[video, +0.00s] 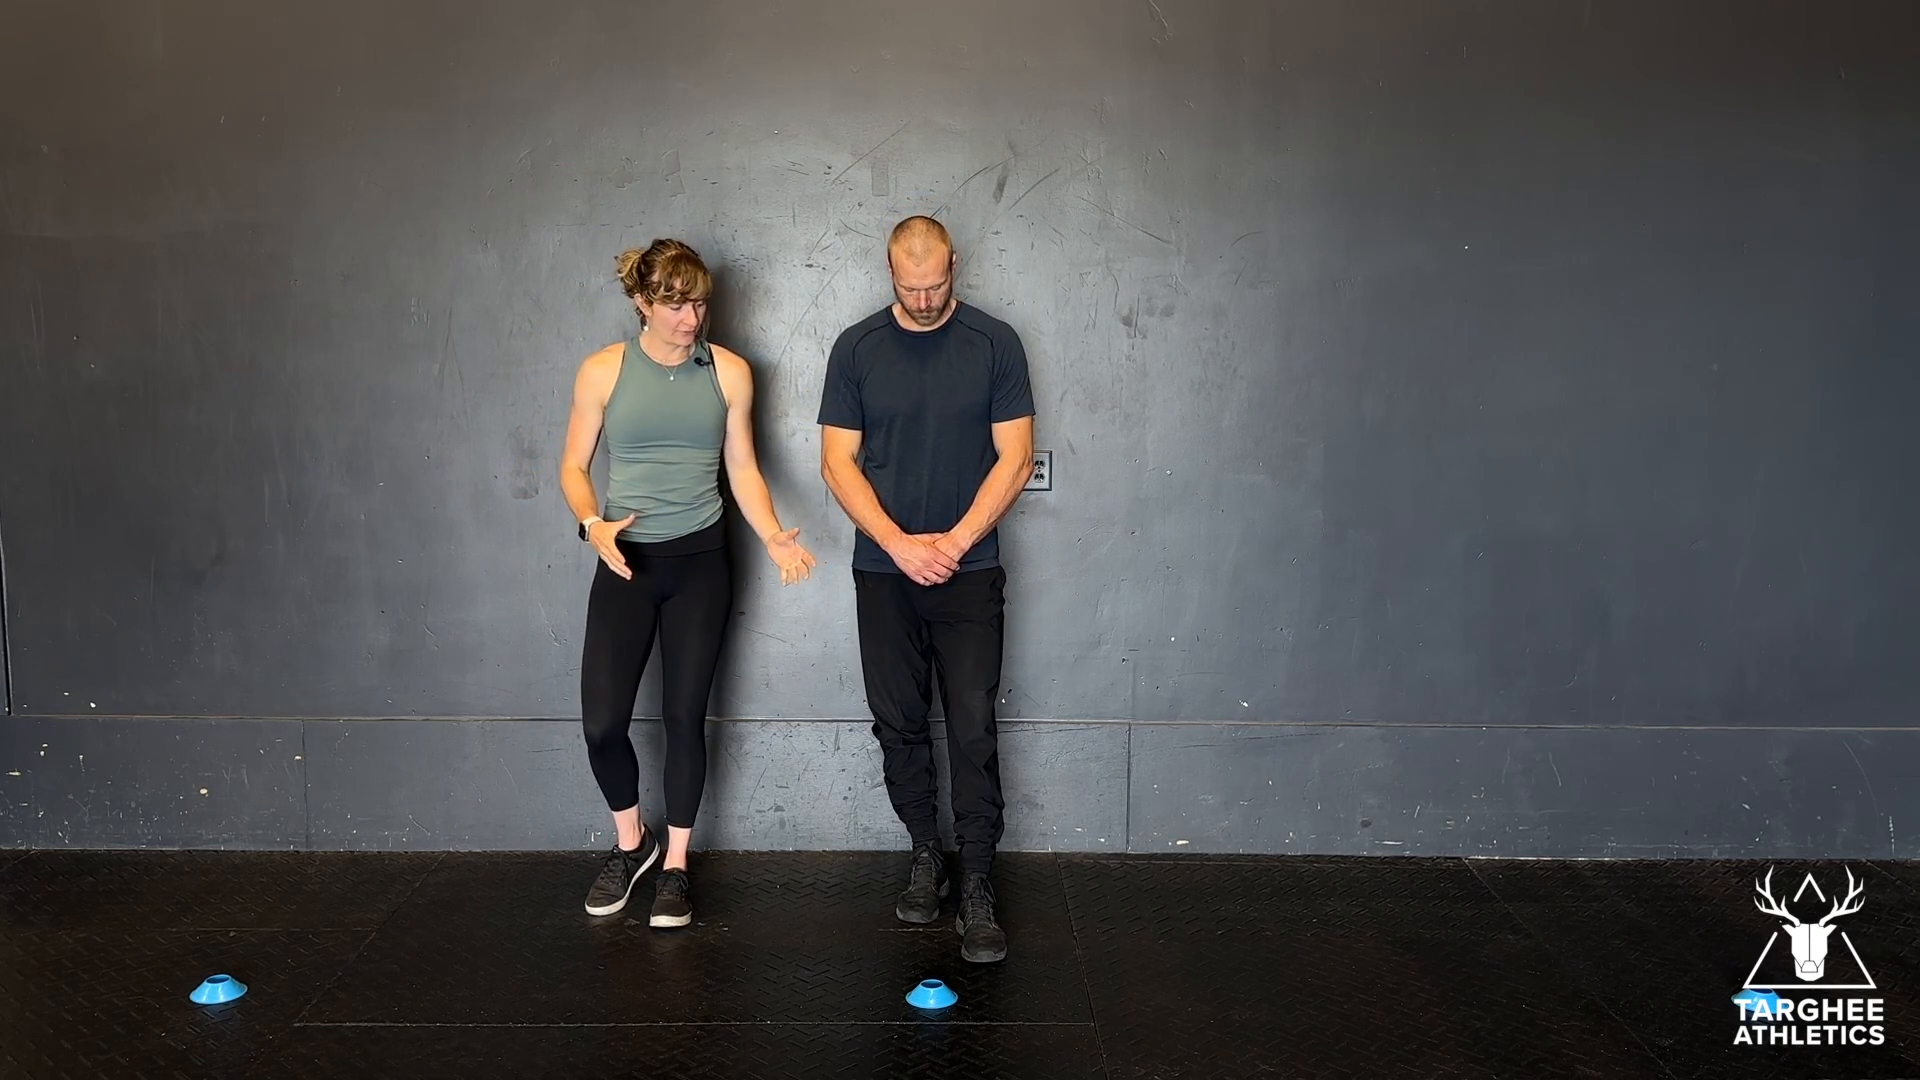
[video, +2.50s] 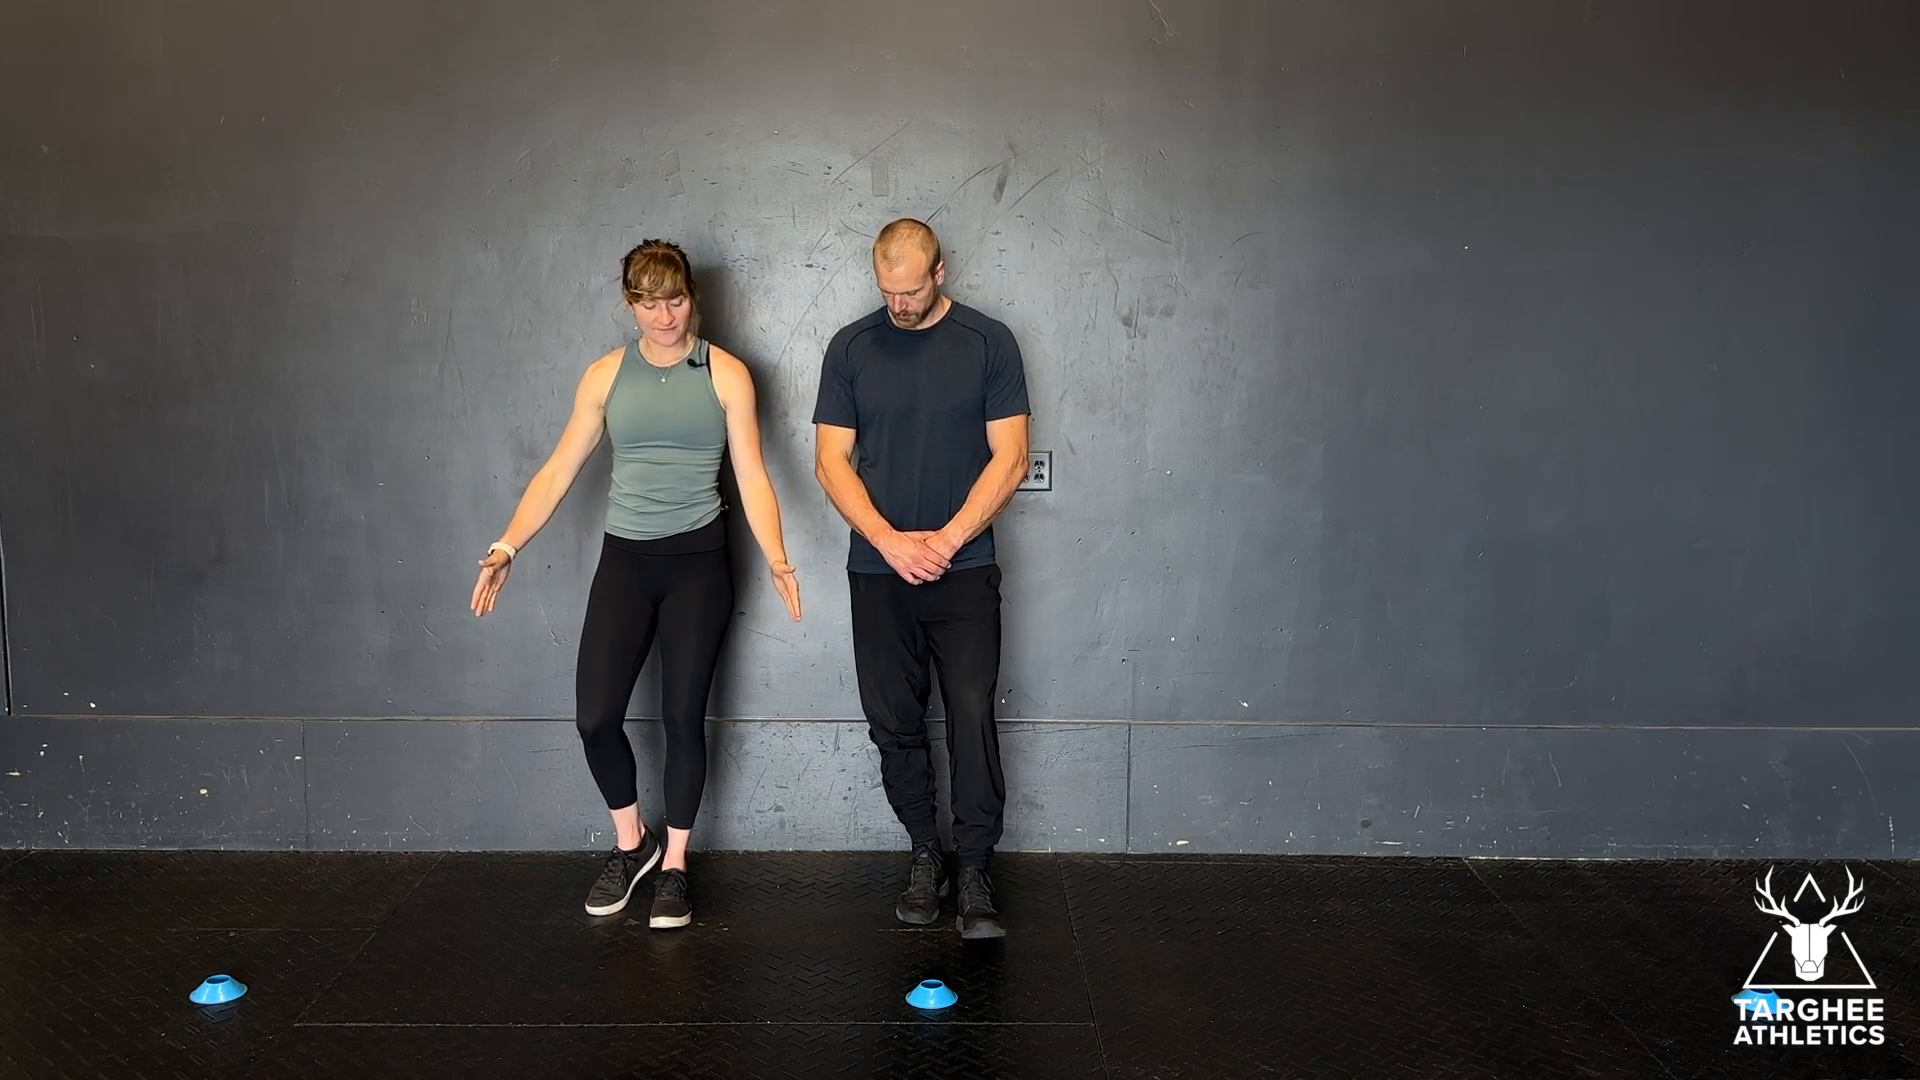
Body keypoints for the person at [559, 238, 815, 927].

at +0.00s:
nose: (691, 316)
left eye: (698, 303)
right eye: (677, 305)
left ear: (705, 300)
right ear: (644, 303)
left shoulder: (728, 371)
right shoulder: (604, 371)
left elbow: (743, 467)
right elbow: (573, 468)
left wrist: (775, 537)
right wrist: (592, 524)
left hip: (701, 560)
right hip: (623, 562)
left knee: (685, 714)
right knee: (602, 722)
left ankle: (675, 866)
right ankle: (633, 843)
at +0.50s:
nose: (672, 321)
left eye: (684, 308)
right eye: (660, 308)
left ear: (702, 304)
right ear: (641, 303)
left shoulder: (734, 375)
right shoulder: (609, 372)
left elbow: (746, 473)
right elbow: (587, 470)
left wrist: (773, 551)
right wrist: (593, 539)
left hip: (704, 563)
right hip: (626, 564)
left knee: (686, 717)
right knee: (605, 722)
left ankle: (675, 867)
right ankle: (635, 846)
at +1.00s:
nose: (654, 319)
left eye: (667, 306)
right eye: (646, 305)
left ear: (698, 304)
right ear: (635, 305)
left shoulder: (736, 377)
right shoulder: (612, 369)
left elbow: (751, 475)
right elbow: (594, 467)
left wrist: (768, 557)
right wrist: (585, 538)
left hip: (703, 560)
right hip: (624, 561)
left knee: (686, 716)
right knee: (600, 719)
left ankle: (675, 866)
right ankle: (636, 843)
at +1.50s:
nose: (673, 322)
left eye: (683, 309)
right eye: (660, 310)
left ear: (701, 303)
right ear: (641, 307)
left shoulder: (735, 374)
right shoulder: (610, 371)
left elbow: (750, 473)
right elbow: (591, 467)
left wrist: (761, 556)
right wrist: (581, 546)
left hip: (704, 561)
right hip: (626, 562)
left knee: (688, 715)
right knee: (605, 720)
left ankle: (677, 865)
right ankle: (635, 841)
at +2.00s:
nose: (664, 321)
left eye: (675, 308)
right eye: (651, 310)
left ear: (694, 303)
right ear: (635, 307)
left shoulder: (730, 375)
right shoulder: (607, 370)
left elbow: (751, 475)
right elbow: (567, 467)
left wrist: (773, 557)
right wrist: (538, 552)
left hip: (700, 561)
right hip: (623, 561)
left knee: (683, 714)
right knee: (602, 721)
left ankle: (675, 865)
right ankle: (631, 842)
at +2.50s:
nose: (667, 314)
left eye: (676, 299)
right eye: (652, 303)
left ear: (691, 299)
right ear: (631, 307)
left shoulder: (726, 375)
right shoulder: (607, 375)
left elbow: (751, 475)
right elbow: (559, 470)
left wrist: (778, 559)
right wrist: (504, 549)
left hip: (700, 561)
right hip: (624, 561)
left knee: (683, 715)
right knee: (596, 716)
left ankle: (674, 868)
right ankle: (634, 848)